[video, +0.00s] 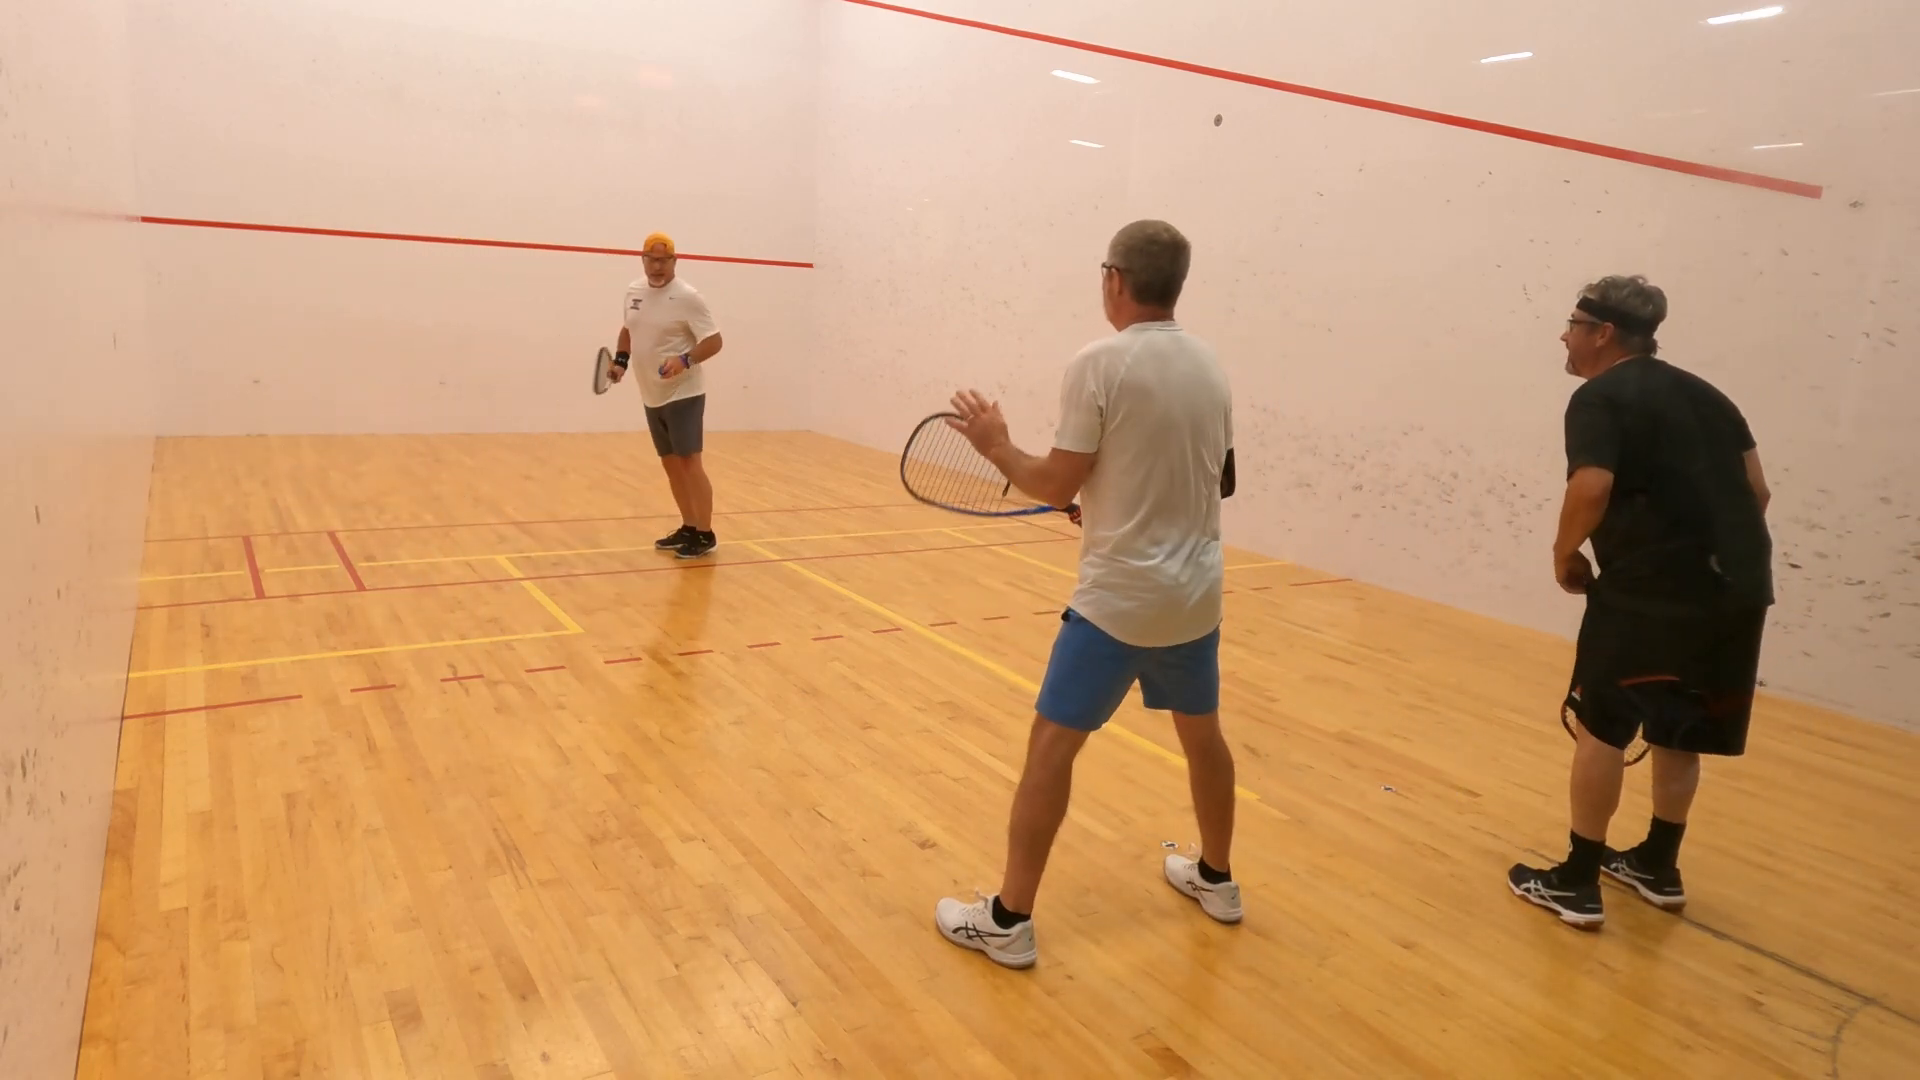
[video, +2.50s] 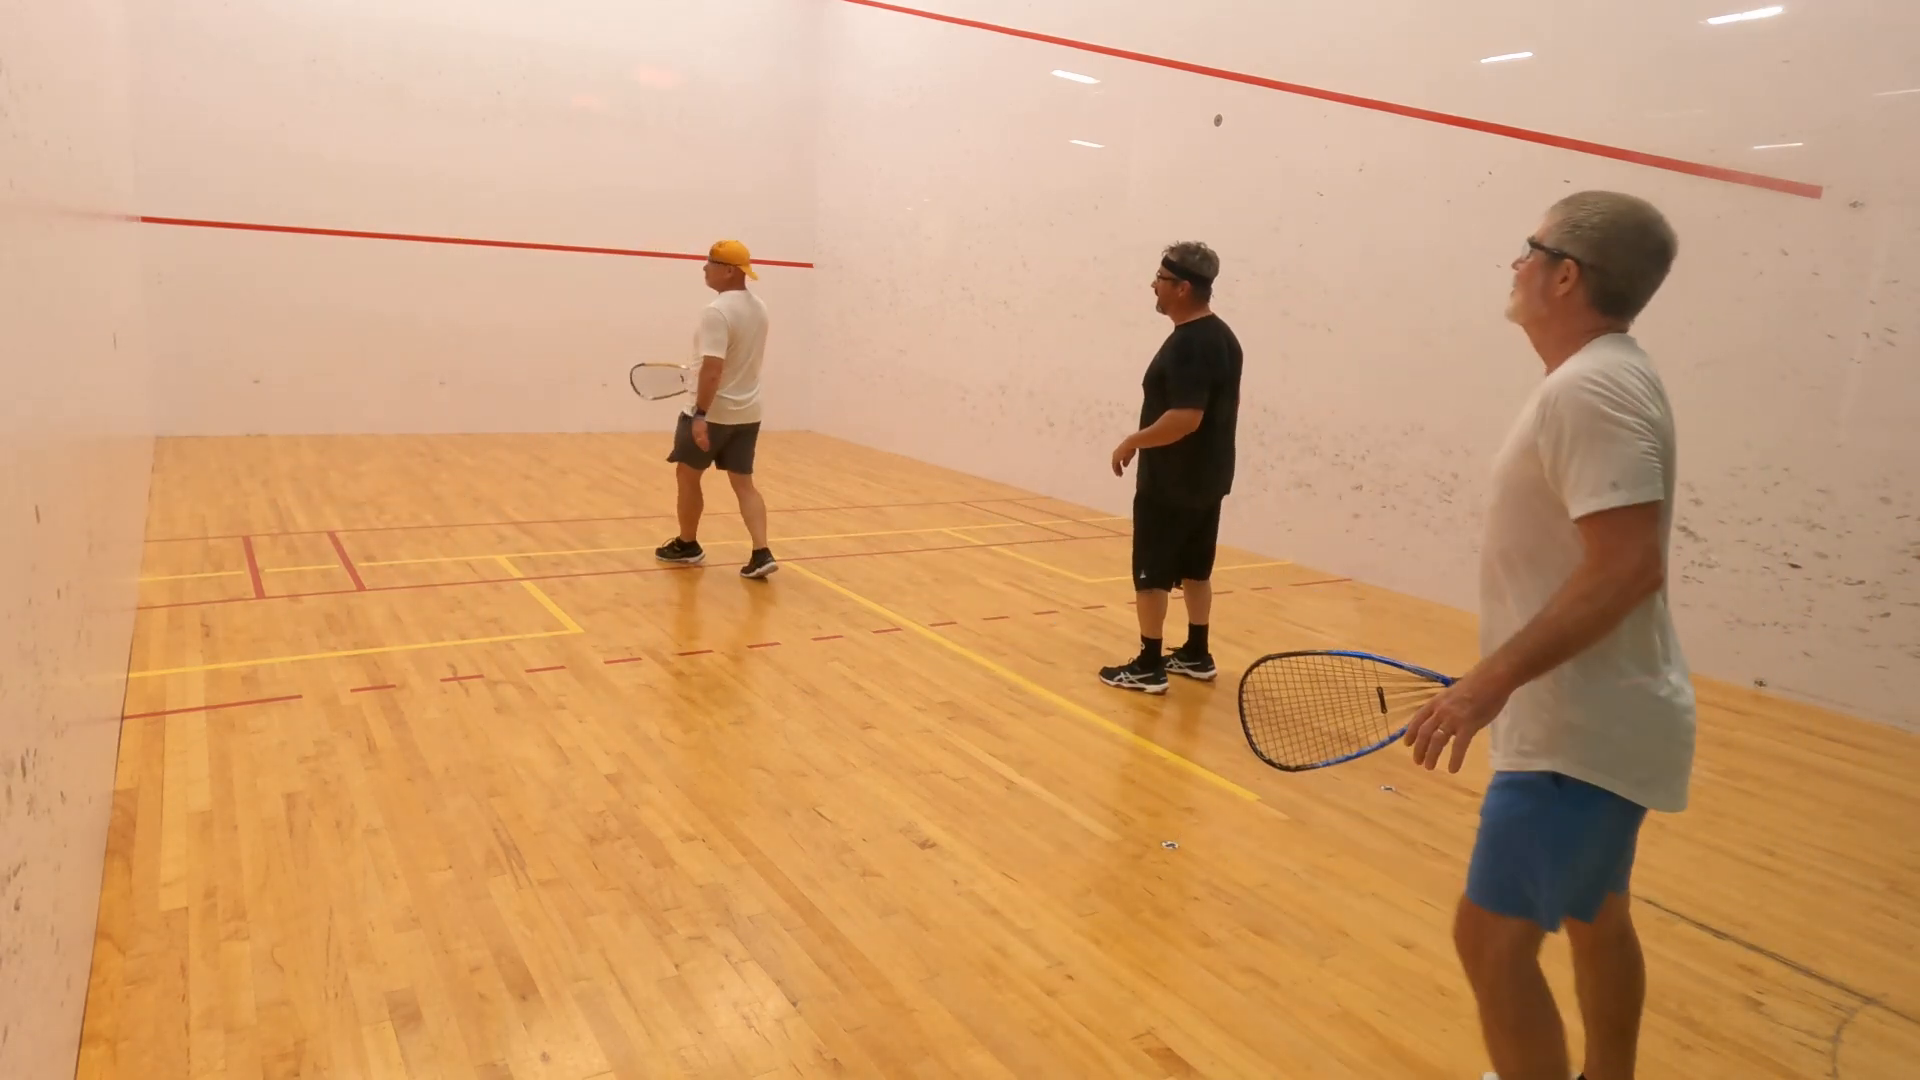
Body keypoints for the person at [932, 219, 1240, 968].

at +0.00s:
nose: (1101, 286)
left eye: (1104, 276)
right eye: (1106, 274)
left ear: (1116, 282)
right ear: (1176, 287)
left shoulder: (1101, 363)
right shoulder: (1205, 364)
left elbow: (1056, 482)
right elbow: (1216, 481)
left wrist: (996, 445)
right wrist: (1101, 503)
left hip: (1115, 598)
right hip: (1196, 595)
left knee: (1052, 746)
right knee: (1203, 731)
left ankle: (1009, 917)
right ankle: (1217, 876)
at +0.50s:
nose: (1119, 286)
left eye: (1122, 275)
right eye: (1126, 274)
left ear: (1134, 281)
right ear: (1194, 287)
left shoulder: (1104, 358)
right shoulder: (1219, 373)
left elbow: (1047, 470)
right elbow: (1231, 489)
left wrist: (1007, 417)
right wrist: (1144, 479)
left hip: (1095, 595)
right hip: (1179, 598)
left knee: (1046, 749)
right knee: (1195, 731)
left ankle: (1009, 917)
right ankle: (1216, 877)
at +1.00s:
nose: (1137, 295)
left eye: (1140, 284)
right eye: (1144, 283)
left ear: (1152, 290)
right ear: (1211, 299)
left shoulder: (1121, 364)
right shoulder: (1239, 386)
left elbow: (1062, 485)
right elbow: (1261, 500)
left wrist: (1033, 481)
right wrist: (1181, 513)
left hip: (1107, 598)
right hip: (1190, 605)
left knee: (1042, 741)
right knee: (1186, 726)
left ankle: (1008, 916)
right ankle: (1210, 874)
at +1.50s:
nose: (1238, 289)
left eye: (1244, 279)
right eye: (1243, 277)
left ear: (1260, 290)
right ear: (1316, 299)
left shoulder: (1236, 365)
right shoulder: (1331, 376)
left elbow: (1205, 489)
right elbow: (1314, 497)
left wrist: (1153, 522)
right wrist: (1185, 527)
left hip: (1225, 604)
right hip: (1286, 603)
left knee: (1172, 761)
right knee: (1226, 733)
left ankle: (1270, 939)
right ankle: (1212, 870)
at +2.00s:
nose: (1356, 278)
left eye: (1362, 268)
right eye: (1363, 265)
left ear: (1382, 286)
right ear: (1444, 295)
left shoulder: (1361, 389)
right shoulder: (1479, 389)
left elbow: (1350, 539)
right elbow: (1507, 523)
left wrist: (1299, 679)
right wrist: (1436, 601)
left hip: (1364, 657)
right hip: (1432, 653)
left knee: (1346, 843)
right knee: (1344, 790)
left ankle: (1381, 1034)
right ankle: (1339, 944)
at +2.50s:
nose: (1516, 263)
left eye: (1531, 251)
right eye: (1527, 248)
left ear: (1567, 279)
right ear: (1585, 284)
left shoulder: (1594, 386)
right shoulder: (1614, 377)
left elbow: (1627, 567)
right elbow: (1622, 566)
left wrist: (1482, 684)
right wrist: (1493, 680)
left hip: (1577, 728)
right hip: (1603, 724)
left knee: (1490, 938)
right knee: (1598, 913)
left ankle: (1545, 1075)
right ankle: (1607, 1074)